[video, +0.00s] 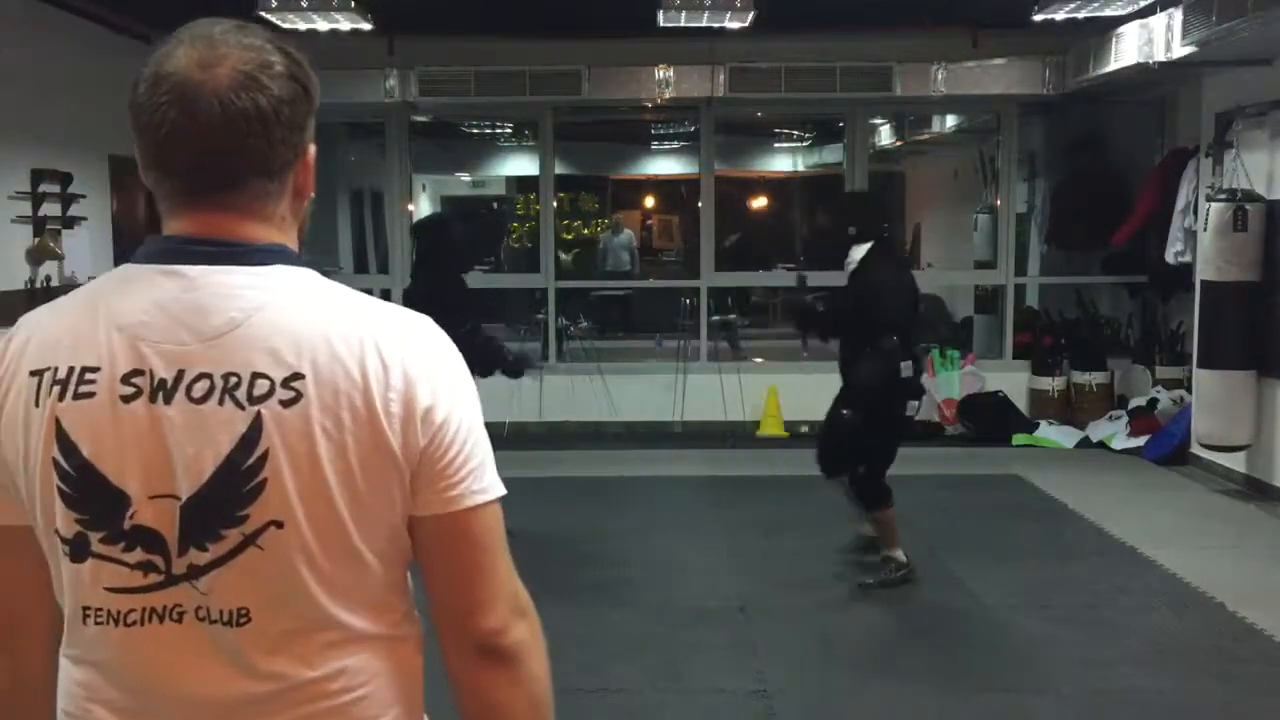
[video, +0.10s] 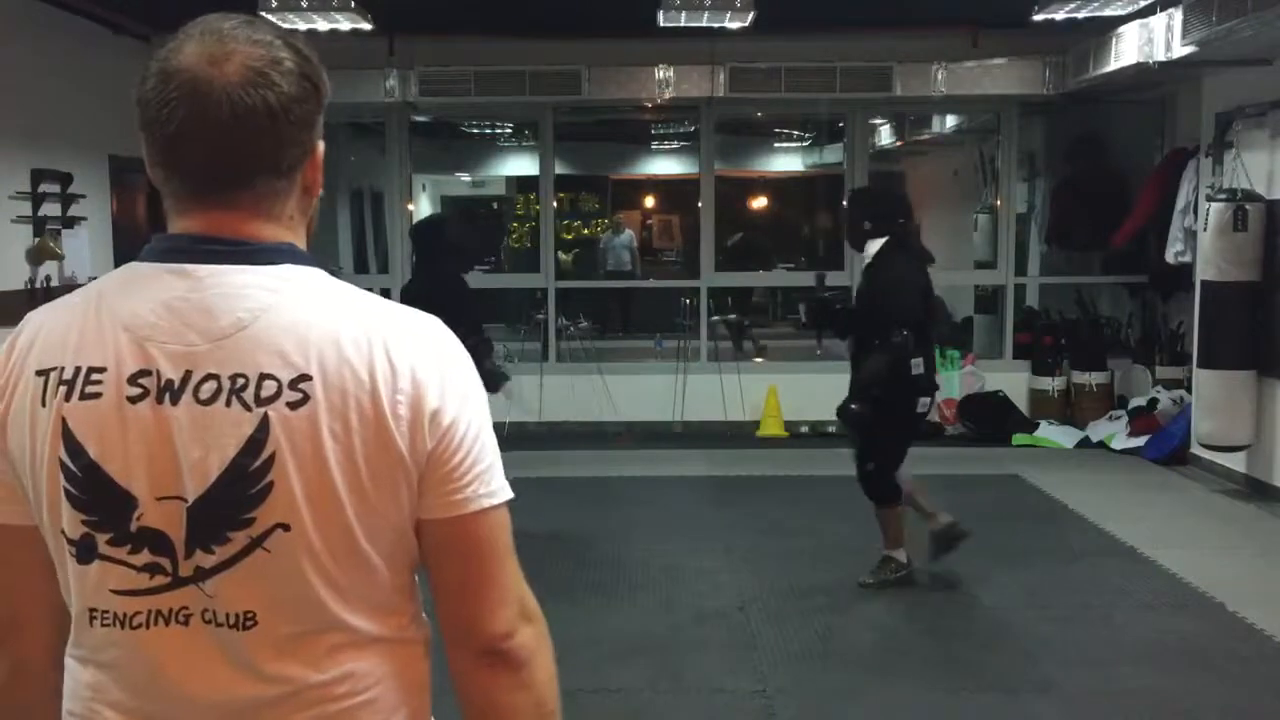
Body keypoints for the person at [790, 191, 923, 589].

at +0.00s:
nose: (829, 239)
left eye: (835, 230)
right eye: (828, 229)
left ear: (852, 230)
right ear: (878, 229)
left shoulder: (868, 274)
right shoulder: (894, 269)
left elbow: (846, 326)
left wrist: (806, 315)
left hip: (873, 389)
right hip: (892, 385)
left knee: (865, 472)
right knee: (838, 457)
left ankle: (895, 556)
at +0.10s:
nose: (847, 230)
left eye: (851, 221)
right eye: (848, 221)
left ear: (866, 223)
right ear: (890, 219)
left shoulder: (886, 265)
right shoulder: (905, 258)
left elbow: (879, 330)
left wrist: (837, 318)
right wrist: (842, 316)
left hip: (891, 386)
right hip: (911, 384)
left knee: (874, 471)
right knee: (879, 468)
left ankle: (896, 558)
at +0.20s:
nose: (866, 228)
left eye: (871, 219)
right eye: (867, 219)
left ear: (885, 221)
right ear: (913, 218)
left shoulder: (897, 264)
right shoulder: (926, 258)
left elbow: (883, 331)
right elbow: (936, 324)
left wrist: (846, 318)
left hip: (897, 386)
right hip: (928, 382)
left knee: (888, 471)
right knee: (924, 467)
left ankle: (897, 559)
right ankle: (993, 528)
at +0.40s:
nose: (909, 235)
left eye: (914, 227)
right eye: (911, 226)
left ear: (931, 226)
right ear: (957, 224)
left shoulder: (930, 266)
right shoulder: (978, 263)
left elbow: (923, 337)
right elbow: (980, 328)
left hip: (938, 391)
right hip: (981, 387)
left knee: (912, 471)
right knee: (989, 474)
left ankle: (901, 559)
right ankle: (1029, 555)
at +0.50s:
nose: (927, 238)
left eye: (930, 231)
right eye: (928, 231)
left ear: (944, 230)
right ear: (978, 225)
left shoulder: (944, 273)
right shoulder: (1006, 267)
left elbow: (934, 343)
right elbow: (1023, 328)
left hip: (959, 397)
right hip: (1009, 392)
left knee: (926, 477)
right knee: (1016, 476)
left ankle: (906, 557)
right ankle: (1042, 562)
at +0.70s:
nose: (964, 230)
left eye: (967, 224)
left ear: (974, 225)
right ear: (1016, 222)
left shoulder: (965, 272)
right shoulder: (1044, 269)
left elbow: (951, 340)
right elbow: (1064, 331)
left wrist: (946, 390)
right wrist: (1045, 367)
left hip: (980, 387)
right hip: (1035, 388)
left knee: (959, 463)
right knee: (1037, 472)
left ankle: (953, 542)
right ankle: (1043, 563)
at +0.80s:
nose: (983, 227)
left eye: (983, 220)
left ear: (985, 223)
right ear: (1027, 221)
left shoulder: (971, 271)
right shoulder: (1056, 269)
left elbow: (954, 339)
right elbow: (1080, 329)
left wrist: (949, 389)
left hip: (992, 384)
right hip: (1044, 383)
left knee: (981, 461)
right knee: (1041, 469)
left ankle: (988, 536)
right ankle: (1042, 560)